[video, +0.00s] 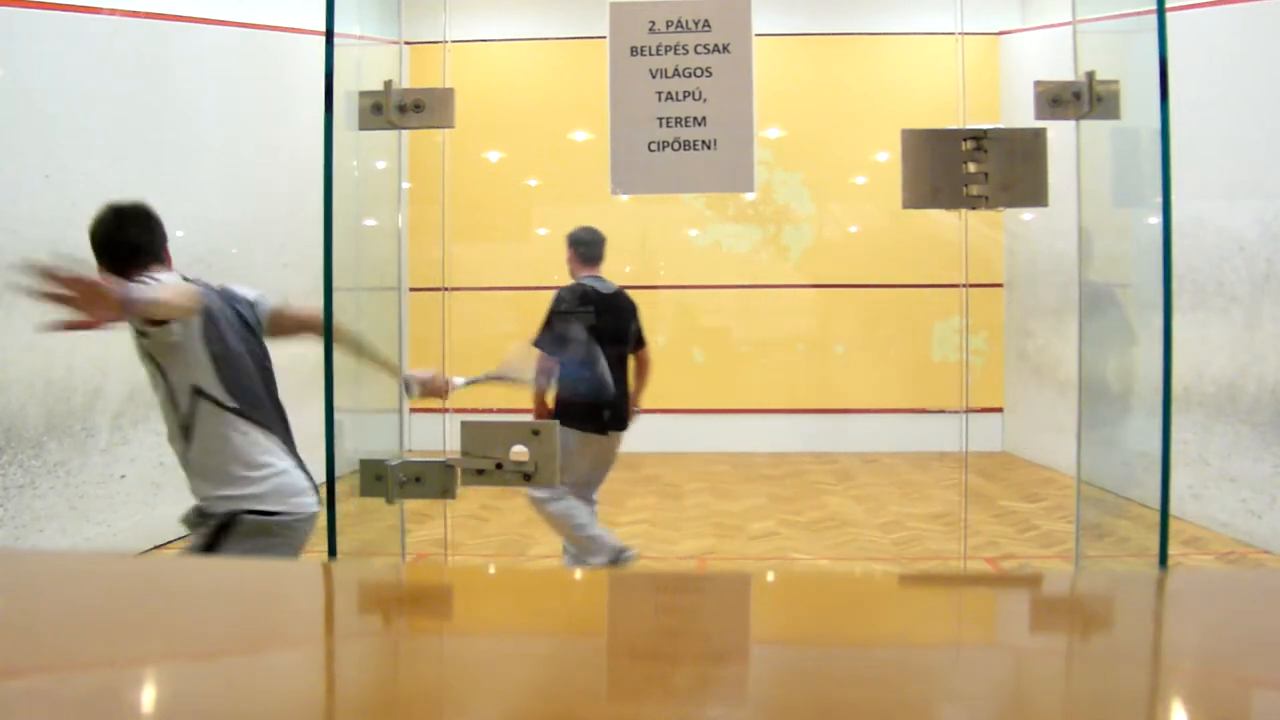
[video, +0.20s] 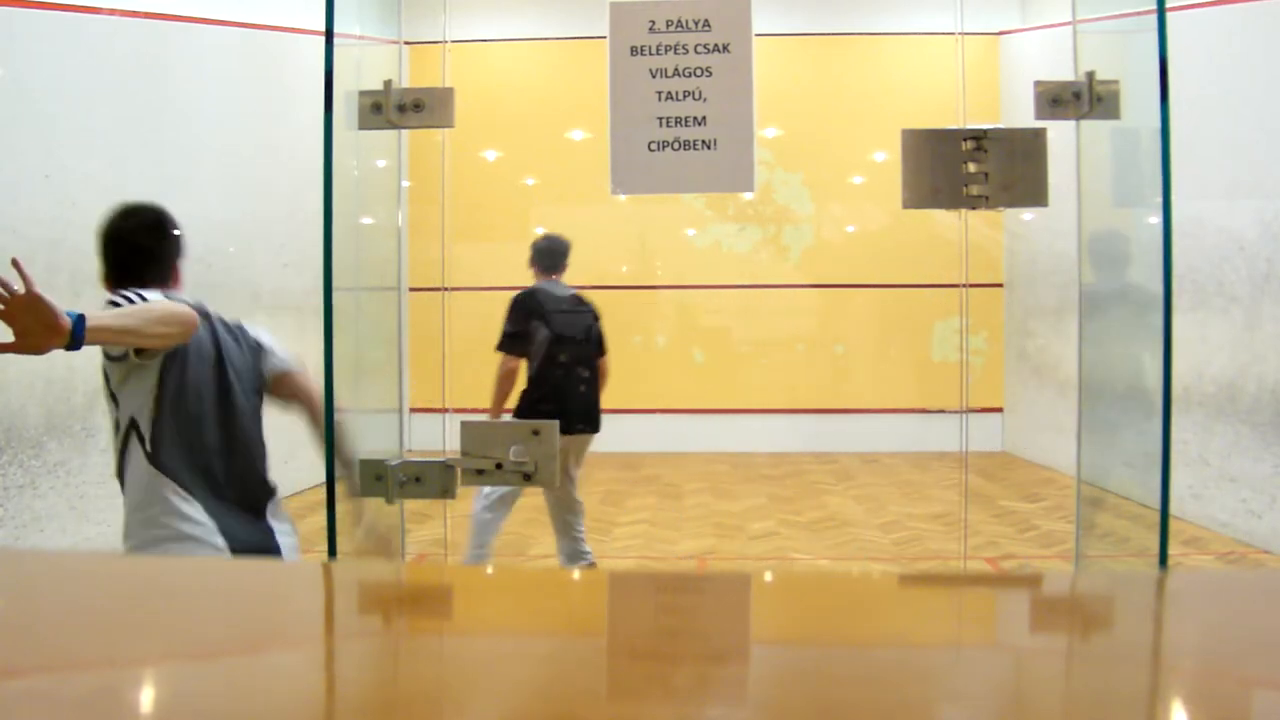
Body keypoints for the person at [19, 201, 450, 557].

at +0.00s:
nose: (119, 283)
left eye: (113, 273)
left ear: (107, 272)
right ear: (170, 247)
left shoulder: (166, 300)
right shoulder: (229, 298)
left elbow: (181, 299)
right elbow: (323, 321)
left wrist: (127, 302)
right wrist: (406, 375)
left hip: (254, 518)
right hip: (283, 510)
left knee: (186, 638)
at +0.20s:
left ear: (110, 275)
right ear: (178, 270)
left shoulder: (126, 306)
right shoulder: (238, 336)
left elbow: (184, 322)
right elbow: (304, 387)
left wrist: (70, 329)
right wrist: (353, 470)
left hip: (180, 561)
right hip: (270, 556)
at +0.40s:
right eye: (282, 264)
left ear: (228, 270)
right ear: (284, 276)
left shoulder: (223, 316)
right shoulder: (322, 350)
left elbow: (183, 326)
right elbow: (367, 419)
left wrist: (80, 334)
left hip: (229, 553)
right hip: (310, 556)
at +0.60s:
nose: (383, 245)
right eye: (405, 233)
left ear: (349, 234)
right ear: (406, 239)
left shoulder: (306, 293)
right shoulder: (431, 319)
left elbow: (264, 361)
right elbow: (465, 415)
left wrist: (204, 448)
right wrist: (461, 508)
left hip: (301, 514)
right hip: (390, 520)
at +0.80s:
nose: (480, 254)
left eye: (479, 242)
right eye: (476, 243)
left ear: (416, 246)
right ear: (456, 246)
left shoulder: (372, 299)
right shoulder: (480, 314)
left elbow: (320, 383)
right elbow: (504, 420)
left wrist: (286, 467)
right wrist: (505, 502)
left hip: (361, 486)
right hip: (433, 490)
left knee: (385, 606)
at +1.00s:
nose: (526, 268)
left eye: (523, 257)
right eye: (518, 257)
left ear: (473, 265)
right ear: (490, 264)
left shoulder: (420, 319)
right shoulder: (512, 322)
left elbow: (376, 396)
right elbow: (529, 413)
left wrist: (342, 459)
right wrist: (540, 488)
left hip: (423, 493)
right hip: (480, 497)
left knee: (440, 604)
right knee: (487, 612)